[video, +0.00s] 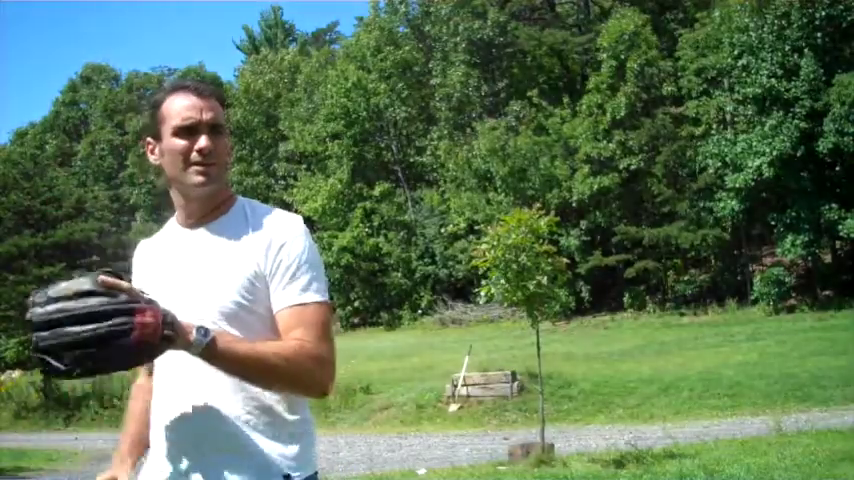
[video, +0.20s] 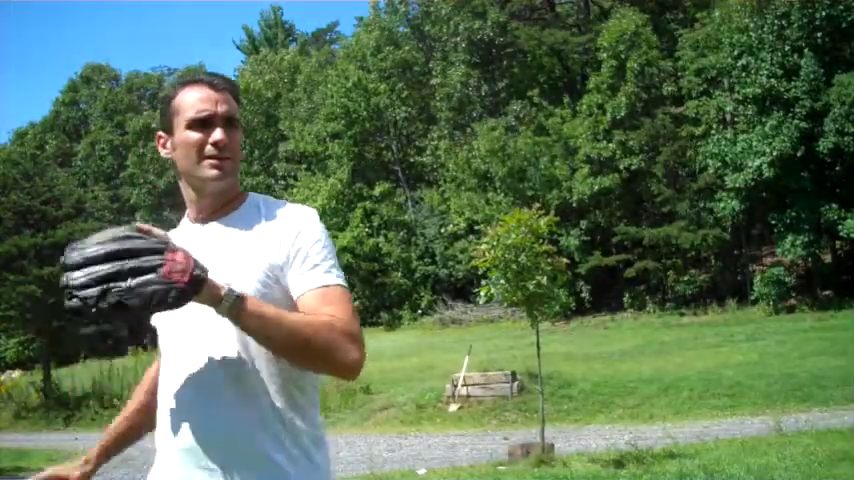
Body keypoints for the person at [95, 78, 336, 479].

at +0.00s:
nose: (205, 145)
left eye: (216, 131)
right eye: (187, 132)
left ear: (230, 144)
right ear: (154, 151)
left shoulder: (281, 233)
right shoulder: (150, 255)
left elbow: (316, 371)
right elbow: (150, 374)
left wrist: (187, 336)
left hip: (268, 467)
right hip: (169, 467)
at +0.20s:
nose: (219, 138)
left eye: (230, 125)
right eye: (200, 125)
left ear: (242, 138)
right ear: (165, 144)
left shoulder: (293, 225)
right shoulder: (166, 250)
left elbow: (345, 352)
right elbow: (170, 366)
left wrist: (214, 294)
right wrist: (91, 460)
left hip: (283, 467)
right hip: (181, 468)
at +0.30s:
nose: (232, 128)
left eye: (241, 115)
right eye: (212, 116)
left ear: (254, 129)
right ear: (177, 138)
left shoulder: (307, 218)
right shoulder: (174, 241)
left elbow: (376, 346)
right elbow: (156, 364)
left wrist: (247, 285)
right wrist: (57, 409)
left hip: (295, 468)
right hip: (190, 468)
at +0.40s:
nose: (252, 120)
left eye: (261, 108)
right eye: (232, 108)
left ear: (272, 123)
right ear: (193, 130)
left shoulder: (327, 214)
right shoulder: (185, 237)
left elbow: (411, 344)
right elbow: (139, 344)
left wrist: (295, 290)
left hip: (315, 465)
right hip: (204, 466)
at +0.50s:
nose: (275, 111)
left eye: (281, 98)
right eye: (254, 98)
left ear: (290, 111)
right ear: (212, 121)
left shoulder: (354, 213)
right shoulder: (190, 230)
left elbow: (445, 352)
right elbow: (98, 321)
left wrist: (352, 301)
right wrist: (9, 279)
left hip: (335, 465)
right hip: (220, 465)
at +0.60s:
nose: (297, 101)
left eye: (302, 88)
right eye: (274, 90)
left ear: (311, 103)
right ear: (231, 115)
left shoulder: (382, 215)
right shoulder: (197, 226)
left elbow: (459, 366)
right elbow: (55, 289)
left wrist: (402, 318)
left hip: (357, 465)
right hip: (235, 466)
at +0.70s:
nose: (318, 97)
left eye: (320, 82)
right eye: (295, 86)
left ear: (329, 93)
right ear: (251, 112)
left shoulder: (394, 221)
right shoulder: (215, 209)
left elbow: (455, 373)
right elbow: (84, 231)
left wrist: (437, 335)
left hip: (370, 465)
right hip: (245, 467)